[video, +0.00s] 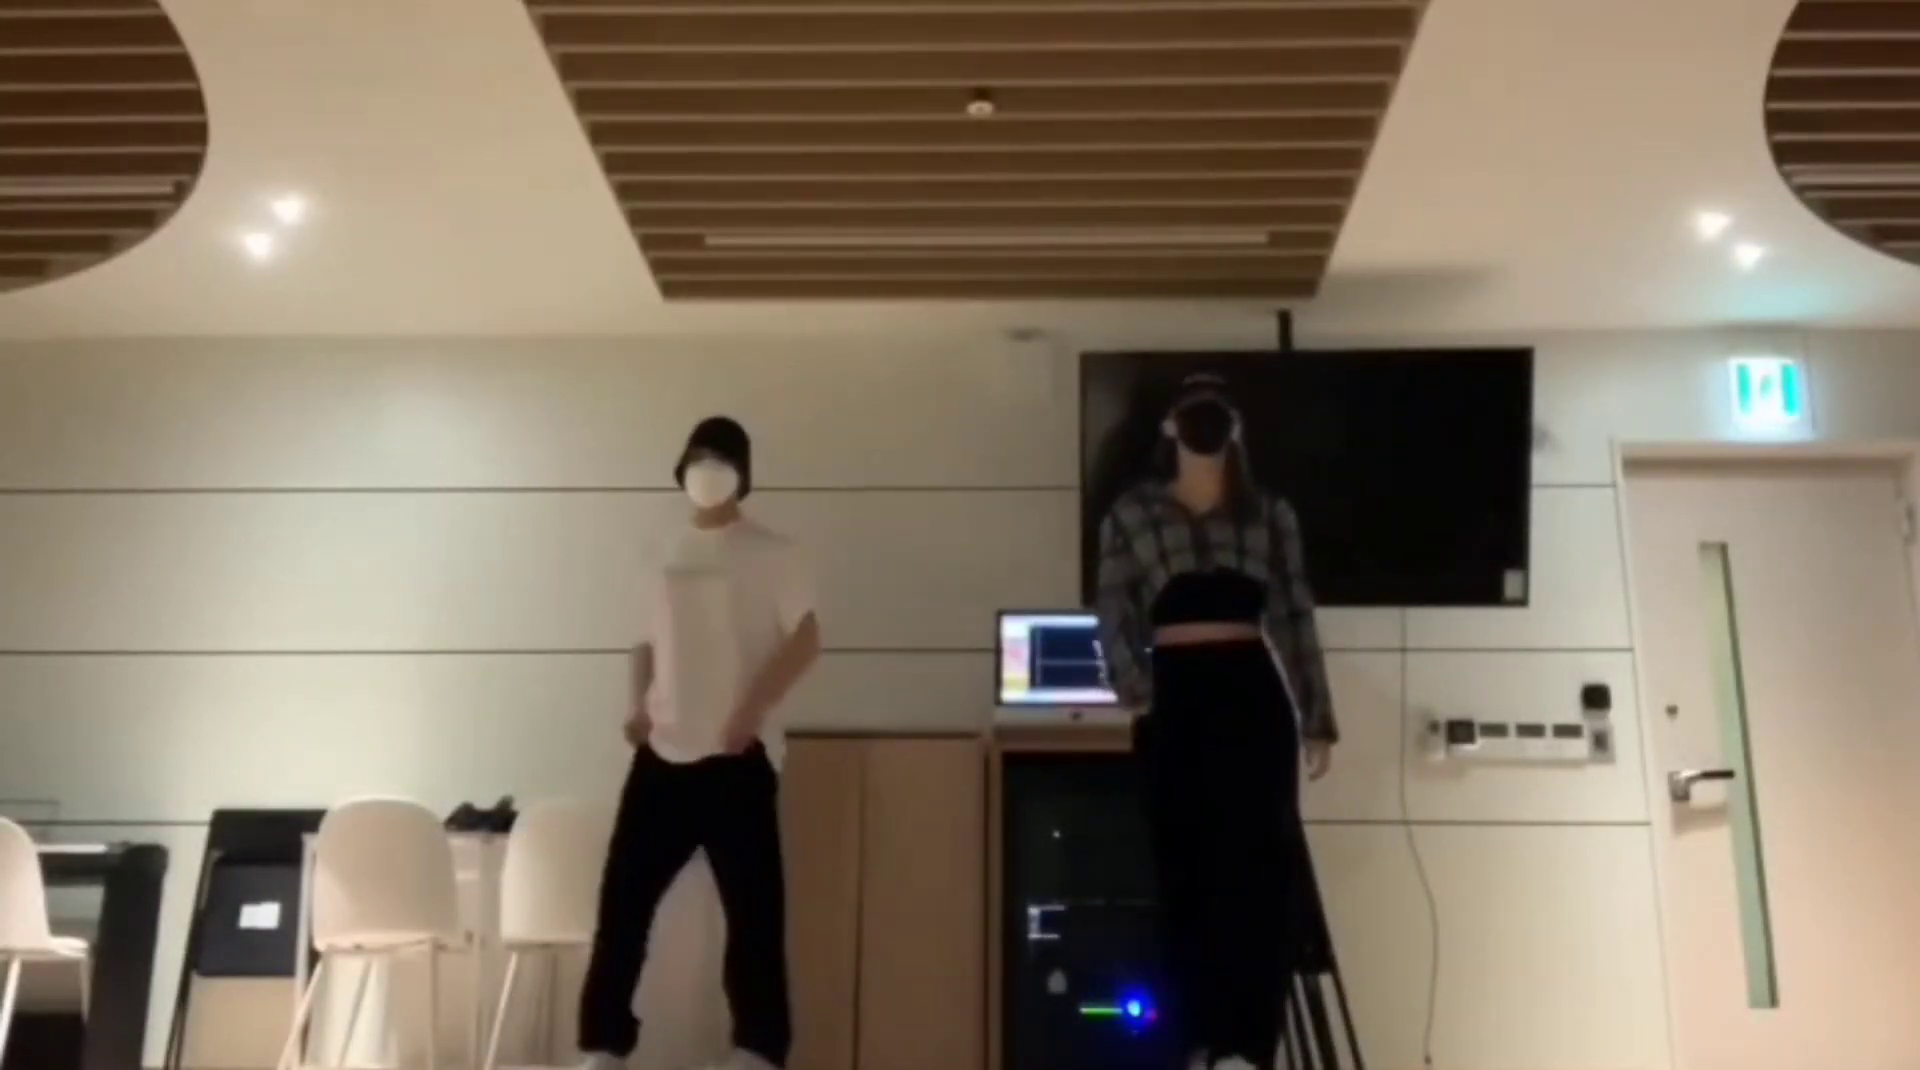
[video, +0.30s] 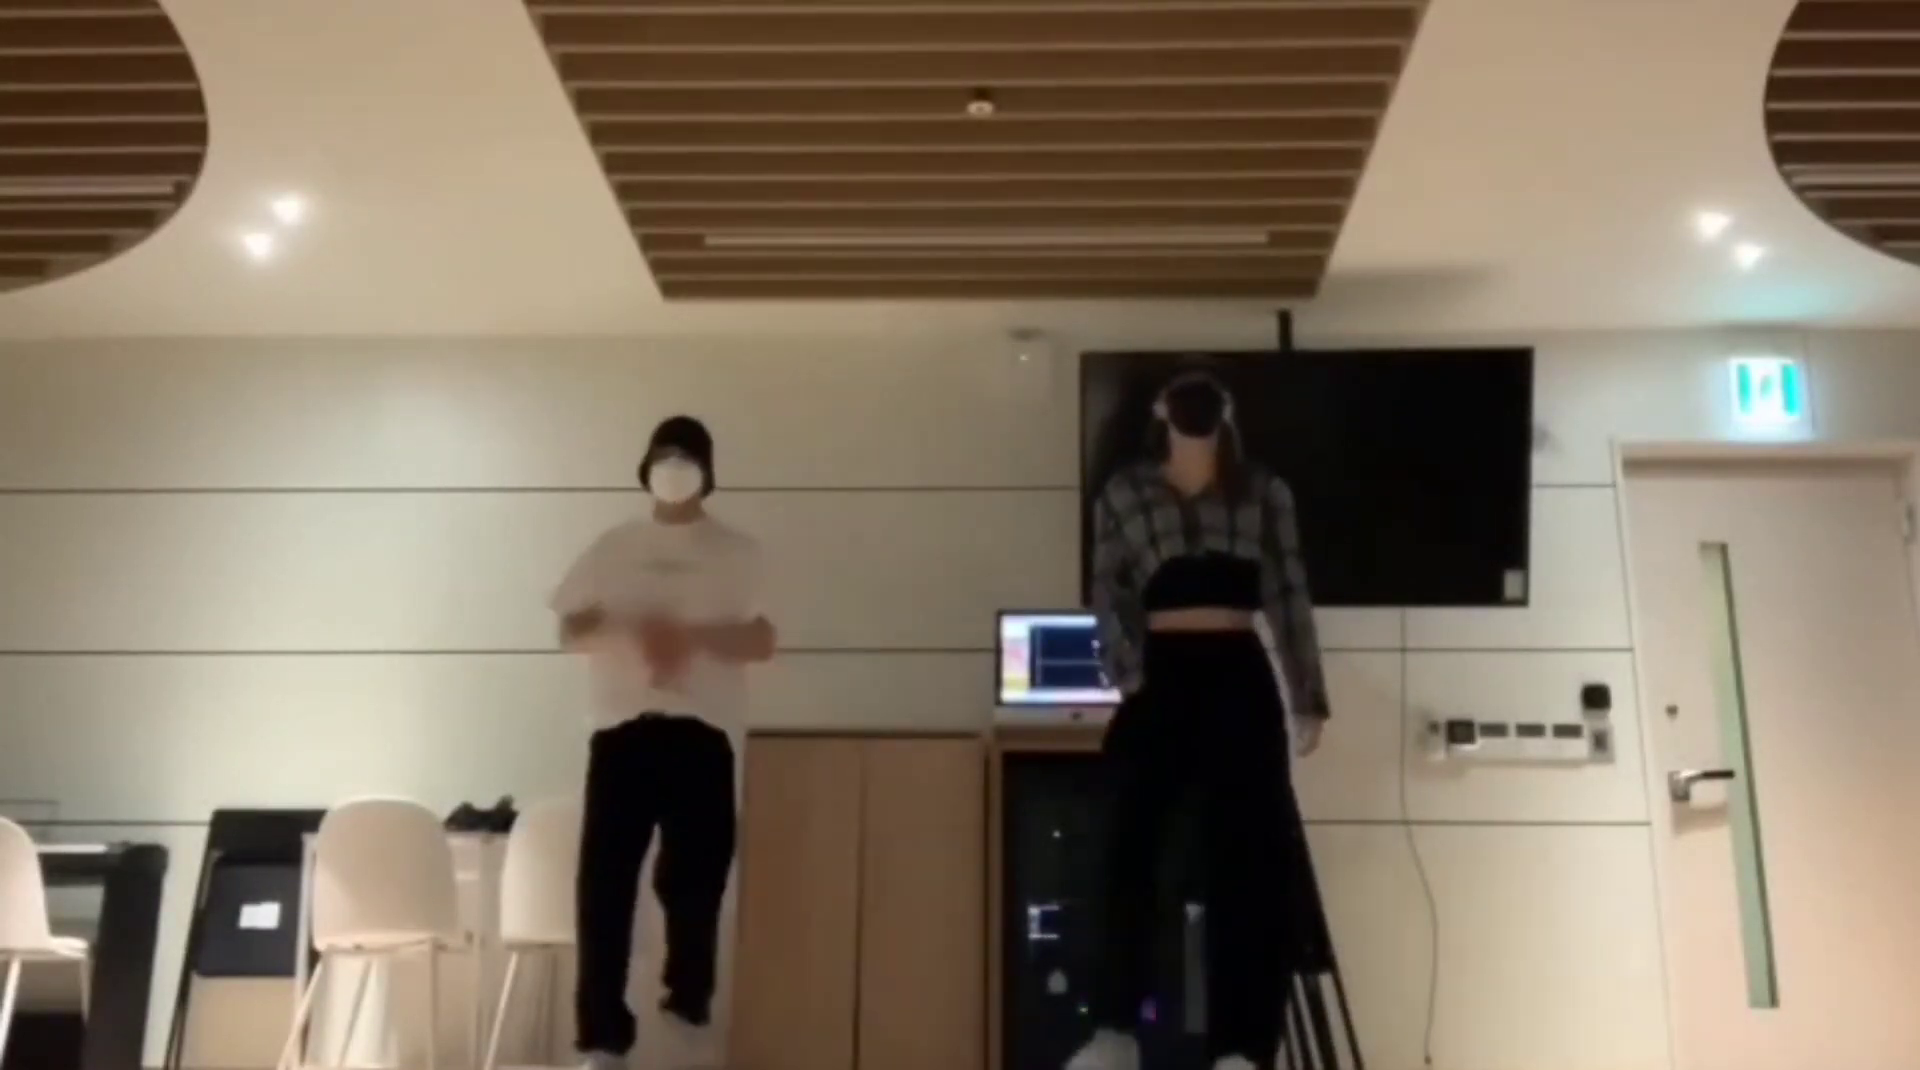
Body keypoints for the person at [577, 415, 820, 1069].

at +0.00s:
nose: (706, 477)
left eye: (720, 465)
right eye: (696, 465)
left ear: (743, 475)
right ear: (682, 474)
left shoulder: (774, 554)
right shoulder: (664, 557)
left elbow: (805, 639)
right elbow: (648, 642)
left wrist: (751, 710)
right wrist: (640, 706)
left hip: (736, 767)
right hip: (661, 767)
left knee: (755, 915)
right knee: (622, 907)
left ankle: (759, 1049)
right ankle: (604, 1046)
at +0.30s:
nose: (673, 474)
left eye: (686, 462)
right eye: (663, 462)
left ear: (707, 473)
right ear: (645, 471)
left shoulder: (737, 551)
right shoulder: (614, 545)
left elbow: (762, 639)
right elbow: (570, 629)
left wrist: (690, 638)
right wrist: (636, 631)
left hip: (703, 735)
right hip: (622, 734)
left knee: (693, 884)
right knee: (604, 889)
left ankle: (688, 1016)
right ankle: (602, 1039)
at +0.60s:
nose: (666, 495)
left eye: (680, 484)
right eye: (654, 484)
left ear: (699, 496)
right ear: (637, 495)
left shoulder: (731, 575)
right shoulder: (612, 565)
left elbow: (776, 647)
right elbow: (555, 621)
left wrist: (741, 683)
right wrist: (610, 617)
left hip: (716, 760)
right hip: (632, 768)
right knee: (606, 905)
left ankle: (720, 967)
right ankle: (613, 1044)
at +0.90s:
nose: (692, 519)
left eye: (704, 507)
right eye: (681, 507)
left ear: (724, 519)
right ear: (662, 519)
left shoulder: (754, 589)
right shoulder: (636, 601)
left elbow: (770, 653)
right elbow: (566, 669)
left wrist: (808, 602)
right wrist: (497, 726)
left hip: (769, 779)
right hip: (680, 793)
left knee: (847, 883)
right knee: (630, 920)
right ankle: (621, 1049)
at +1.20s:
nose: (700, 510)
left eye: (713, 497)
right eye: (687, 502)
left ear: (736, 508)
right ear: (676, 518)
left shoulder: (774, 563)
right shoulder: (687, 595)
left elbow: (862, 565)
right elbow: (693, 677)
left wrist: (951, 540)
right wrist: (672, 741)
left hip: (809, 780)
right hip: (726, 795)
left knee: (879, 908)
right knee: (669, 920)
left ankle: (952, 1043)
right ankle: (621, 1052)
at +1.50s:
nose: (732, 517)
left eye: (737, 501)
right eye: (724, 509)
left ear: (762, 497)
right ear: (721, 523)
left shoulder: (784, 562)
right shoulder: (748, 582)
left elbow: (776, 494)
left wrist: (768, 451)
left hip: (809, 771)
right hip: (749, 779)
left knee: (864, 917)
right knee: (693, 923)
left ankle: (954, 1046)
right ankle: (623, 1051)